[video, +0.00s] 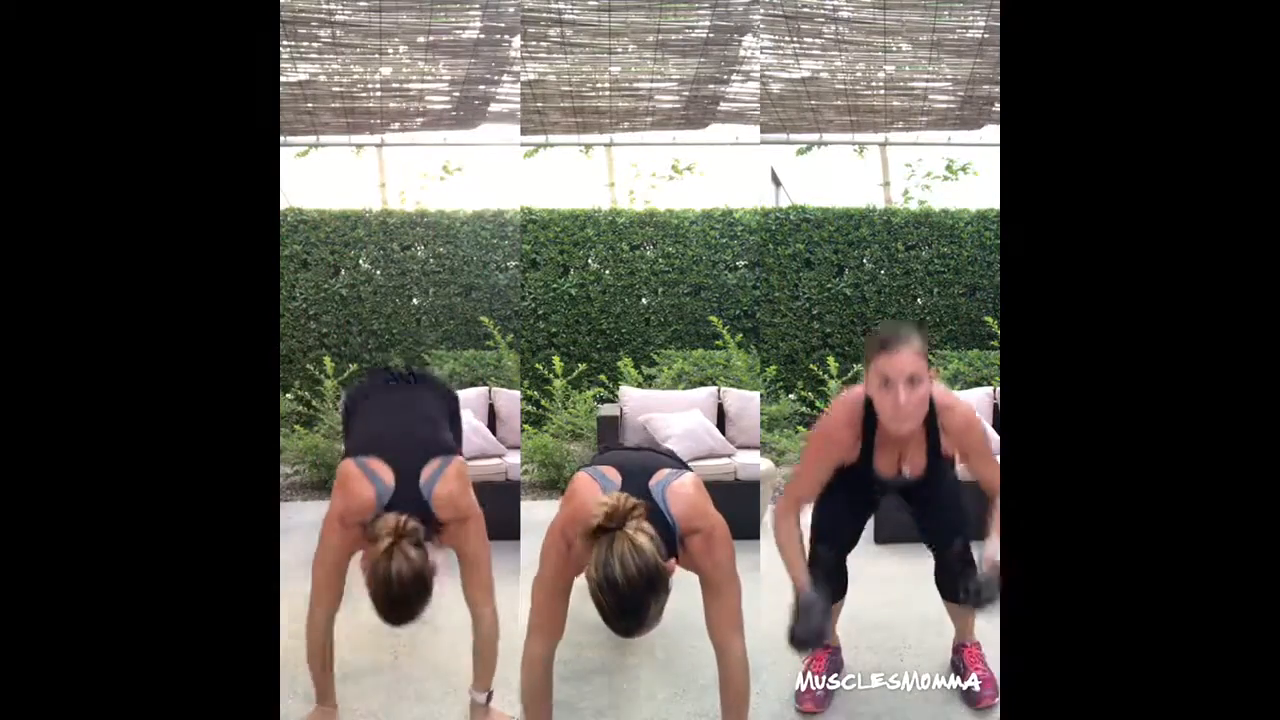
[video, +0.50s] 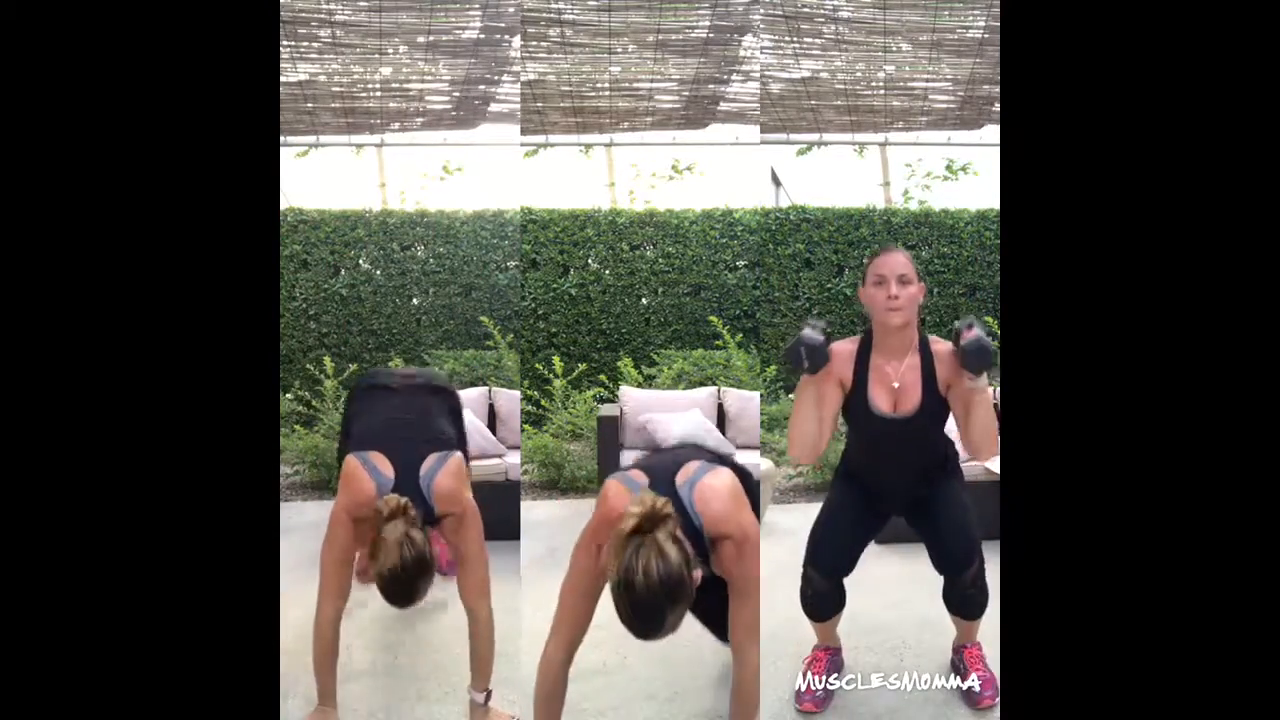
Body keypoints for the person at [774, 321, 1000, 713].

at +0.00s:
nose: (901, 399)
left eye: (913, 382)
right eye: (886, 384)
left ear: (930, 379)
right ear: (867, 384)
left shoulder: (955, 416)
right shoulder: (844, 416)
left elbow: (997, 490)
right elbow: (786, 510)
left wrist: (994, 554)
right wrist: (803, 591)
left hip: (928, 475)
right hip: (857, 474)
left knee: (955, 556)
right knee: (825, 559)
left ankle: (967, 647)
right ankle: (826, 651)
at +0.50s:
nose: (892, 290)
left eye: (904, 281)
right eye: (879, 282)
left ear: (920, 294)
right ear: (863, 296)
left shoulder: (947, 357)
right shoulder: (840, 357)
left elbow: (983, 449)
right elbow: (803, 452)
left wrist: (976, 379)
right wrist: (808, 376)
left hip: (934, 483)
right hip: (861, 483)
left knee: (967, 571)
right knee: (818, 576)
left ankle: (967, 650)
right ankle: (827, 652)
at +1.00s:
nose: (894, 153)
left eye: (903, 145)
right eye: (883, 145)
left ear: (917, 157)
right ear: (864, 157)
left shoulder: (938, 214)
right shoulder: (841, 213)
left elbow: (982, 126)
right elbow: (793, 124)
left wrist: (954, 47)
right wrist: (814, 45)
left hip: (932, 388)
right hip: (860, 389)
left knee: (953, 531)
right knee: (840, 531)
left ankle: (968, 648)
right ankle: (826, 649)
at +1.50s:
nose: (899, 154)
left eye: (907, 146)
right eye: (887, 146)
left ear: (921, 157)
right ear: (869, 158)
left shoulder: (941, 213)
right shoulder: (844, 213)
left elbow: (987, 129)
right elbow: (794, 129)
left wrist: (953, 62)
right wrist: (819, 57)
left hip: (932, 391)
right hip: (857, 392)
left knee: (952, 532)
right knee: (839, 533)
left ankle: (968, 648)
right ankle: (826, 649)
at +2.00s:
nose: (885, 172)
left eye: (896, 161)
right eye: (873, 162)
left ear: (912, 162)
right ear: (858, 166)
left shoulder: (938, 226)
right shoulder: (839, 233)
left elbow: (971, 308)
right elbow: (821, 322)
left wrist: (962, 240)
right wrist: (817, 254)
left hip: (934, 393)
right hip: (861, 395)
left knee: (955, 530)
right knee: (842, 533)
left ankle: (968, 646)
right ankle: (826, 648)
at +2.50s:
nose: (885, 372)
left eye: (896, 360)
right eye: (874, 362)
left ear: (916, 336)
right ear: (856, 340)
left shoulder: (948, 344)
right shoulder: (825, 352)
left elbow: (990, 434)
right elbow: (804, 460)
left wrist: (975, 517)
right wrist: (813, 553)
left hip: (928, 407)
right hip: (855, 412)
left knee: (953, 525)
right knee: (832, 528)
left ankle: (966, 645)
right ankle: (826, 648)